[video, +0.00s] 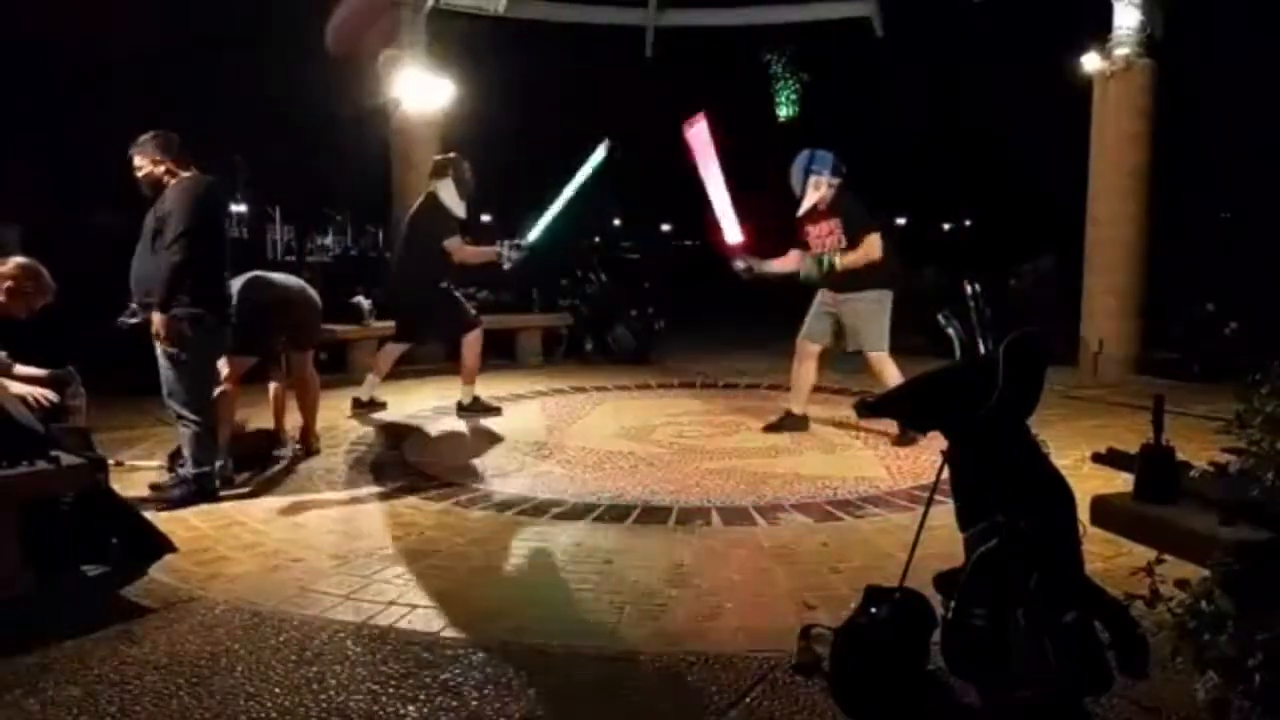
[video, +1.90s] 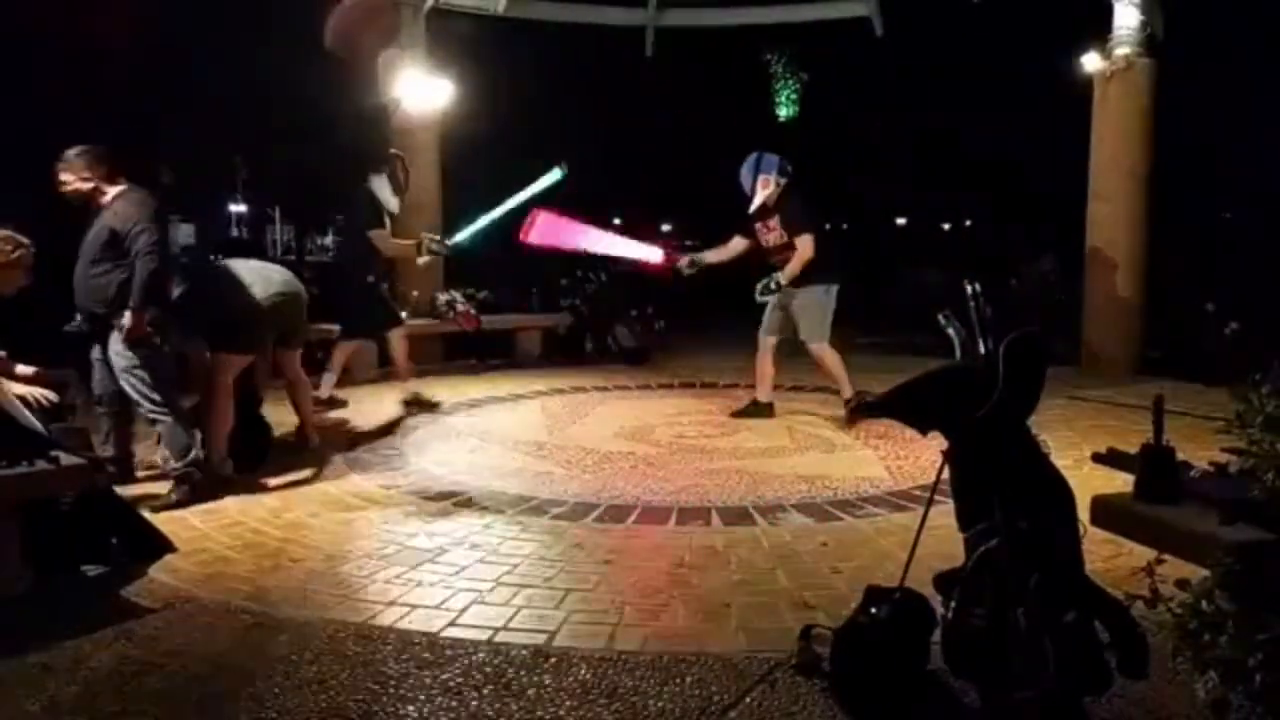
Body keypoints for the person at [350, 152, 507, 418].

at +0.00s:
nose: (470, 182)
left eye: (469, 176)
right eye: (465, 176)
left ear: (438, 177)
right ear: (453, 178)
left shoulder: (430, 203)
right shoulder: (439, 206)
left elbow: (457, 252)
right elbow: (459, 253)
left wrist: (496, 252)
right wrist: (499, 253)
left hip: (409, 284)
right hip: (428, 285)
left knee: (403, 337)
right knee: (472, 329)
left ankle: (365, 394)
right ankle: (468, 399)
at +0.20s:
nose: (476, 181)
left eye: (475, 174)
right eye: (472, 175)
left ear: (444, 174)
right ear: (459, 176)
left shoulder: (434, 200)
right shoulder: (443, 206)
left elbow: (452, 253)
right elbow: (454, 259)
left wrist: (483, 261)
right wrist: (487, 263)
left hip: (409, 280)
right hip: (425, 283)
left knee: (404, 331)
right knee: (466, 326)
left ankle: (366, 390)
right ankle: (467, 398)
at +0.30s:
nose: (470, 181)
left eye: (469, 174)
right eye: (466, 174)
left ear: (440, 175)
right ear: (454, 176)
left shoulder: (431, 201)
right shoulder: (436, 206)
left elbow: (437, 254)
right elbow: (435, 261)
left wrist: (453, 270)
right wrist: (460, 275)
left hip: (409, 283)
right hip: (424, 285)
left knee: (400, 331)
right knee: (465, 327)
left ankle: (360, 388)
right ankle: (467, 398)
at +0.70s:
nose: (432, 180)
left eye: (432, 173)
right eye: (429, 173)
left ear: (410, 172)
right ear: (416, 173)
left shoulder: (401, 199)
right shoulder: (395, 201)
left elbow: (397, 248)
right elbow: (394, 250)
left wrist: (417, 270)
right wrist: (417, 272)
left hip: (383, 277)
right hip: (389, 278)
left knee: (374, 335)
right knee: (423, 329)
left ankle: (347, 393)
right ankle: (435, 395)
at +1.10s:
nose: (434, 177)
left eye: (433, 170)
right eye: (430, 170)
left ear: (405, 172)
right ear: (417, 171)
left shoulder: (397, 198)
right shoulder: (398, 200)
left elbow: (416, 247)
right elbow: (417, 249)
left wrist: (450, 251)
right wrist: (453, 252)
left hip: (382, 282)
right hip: (394, 283)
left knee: (378, 337)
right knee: (434, 328)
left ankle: (348, 395)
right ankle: (446, 393)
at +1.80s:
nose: (412, 188)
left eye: (412, 182)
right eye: (410, 181)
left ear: (387, 177)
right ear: (399, 178)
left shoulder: (376, 202)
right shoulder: (378, 205)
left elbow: (392, 248)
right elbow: (395, 250)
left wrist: (427, 252)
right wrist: (428, 249)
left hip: (365, 281)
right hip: (376, 283)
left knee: (358, 340)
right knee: (412, 332)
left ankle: (325, 392)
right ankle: (440, 391)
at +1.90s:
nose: (393, 185)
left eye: (390, 179)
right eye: (387, 178)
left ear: (371, 177)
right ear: (376, 177)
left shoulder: (370, 199)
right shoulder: (366, 199)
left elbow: (385, 241)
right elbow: (384, 245)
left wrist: (417, 245)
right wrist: (419, 246)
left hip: (353, 276)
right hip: (363, 278)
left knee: (351, 335)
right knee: (396, 327)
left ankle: (324, 390)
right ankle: (405, 384)